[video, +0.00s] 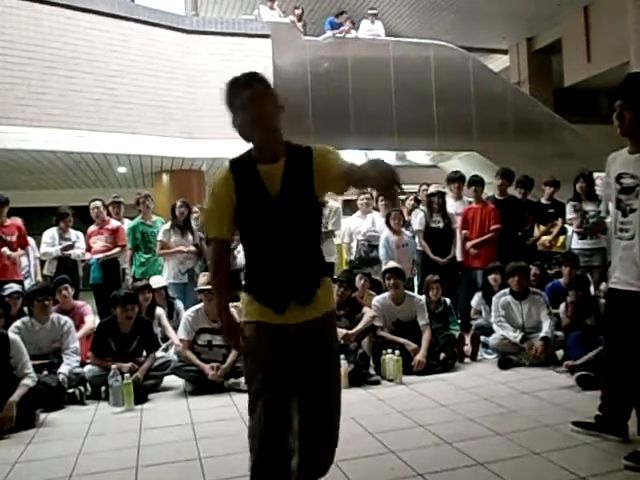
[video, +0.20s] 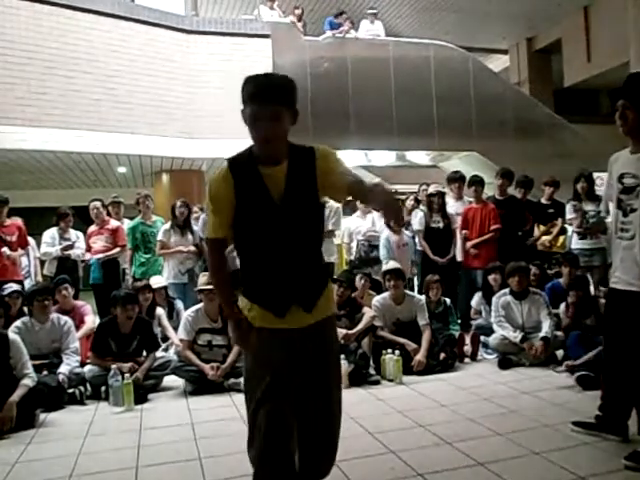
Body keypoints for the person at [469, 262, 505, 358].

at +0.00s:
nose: (494, 277)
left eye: (497, 273)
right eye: (490, 274)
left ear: (502, 276)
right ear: (486, 278)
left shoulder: (507, 293)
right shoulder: (480, 296)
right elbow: (473, 315)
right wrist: (487, 320)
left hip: (504, 325)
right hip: (486, 325)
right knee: (479, 329)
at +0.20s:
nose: (494, 277)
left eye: (497, 274)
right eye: (490, 274)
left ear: (502, 276)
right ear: (486, 277)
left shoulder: (507, 293)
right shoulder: (480, 295)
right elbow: (473, 315)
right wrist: (487, 320)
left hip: (504, 325)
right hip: (486, 325)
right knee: (478, 326)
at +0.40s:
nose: (494, 277)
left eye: (497, 273)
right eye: (490, 274)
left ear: (501, 276)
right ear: (486, 277)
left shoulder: (506, 293)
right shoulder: (480, 295)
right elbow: (473, 315)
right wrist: (487, 320)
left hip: (503, 325)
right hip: (486, 325)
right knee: (478, 327)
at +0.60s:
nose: (494, 277)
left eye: (497, 273)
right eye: (490, 274)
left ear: (502, 276)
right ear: (486, 277)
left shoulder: (506, 293)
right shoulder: (480, 295)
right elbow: (473, 315)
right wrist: (487, 320)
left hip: (503, 324)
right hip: (486, 325)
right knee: (478, 327)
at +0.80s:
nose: (494, 276)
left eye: (496, 273)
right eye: (490, 274)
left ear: (501, 276)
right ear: (486, 277)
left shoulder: (506, 293)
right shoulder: (480, 295)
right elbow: (473, 314)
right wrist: (487, 320)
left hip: (503, 325)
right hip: (486, 325)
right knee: (478, 328)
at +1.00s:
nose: (493, 277)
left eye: (496, 273)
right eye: (490, 274)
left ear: (501, 276)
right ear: (486, 277)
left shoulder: (506, 293)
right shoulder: (480, 295)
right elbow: (473, 315)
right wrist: (487, 320)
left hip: (503, 325)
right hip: (486, 325)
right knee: (478, 328)